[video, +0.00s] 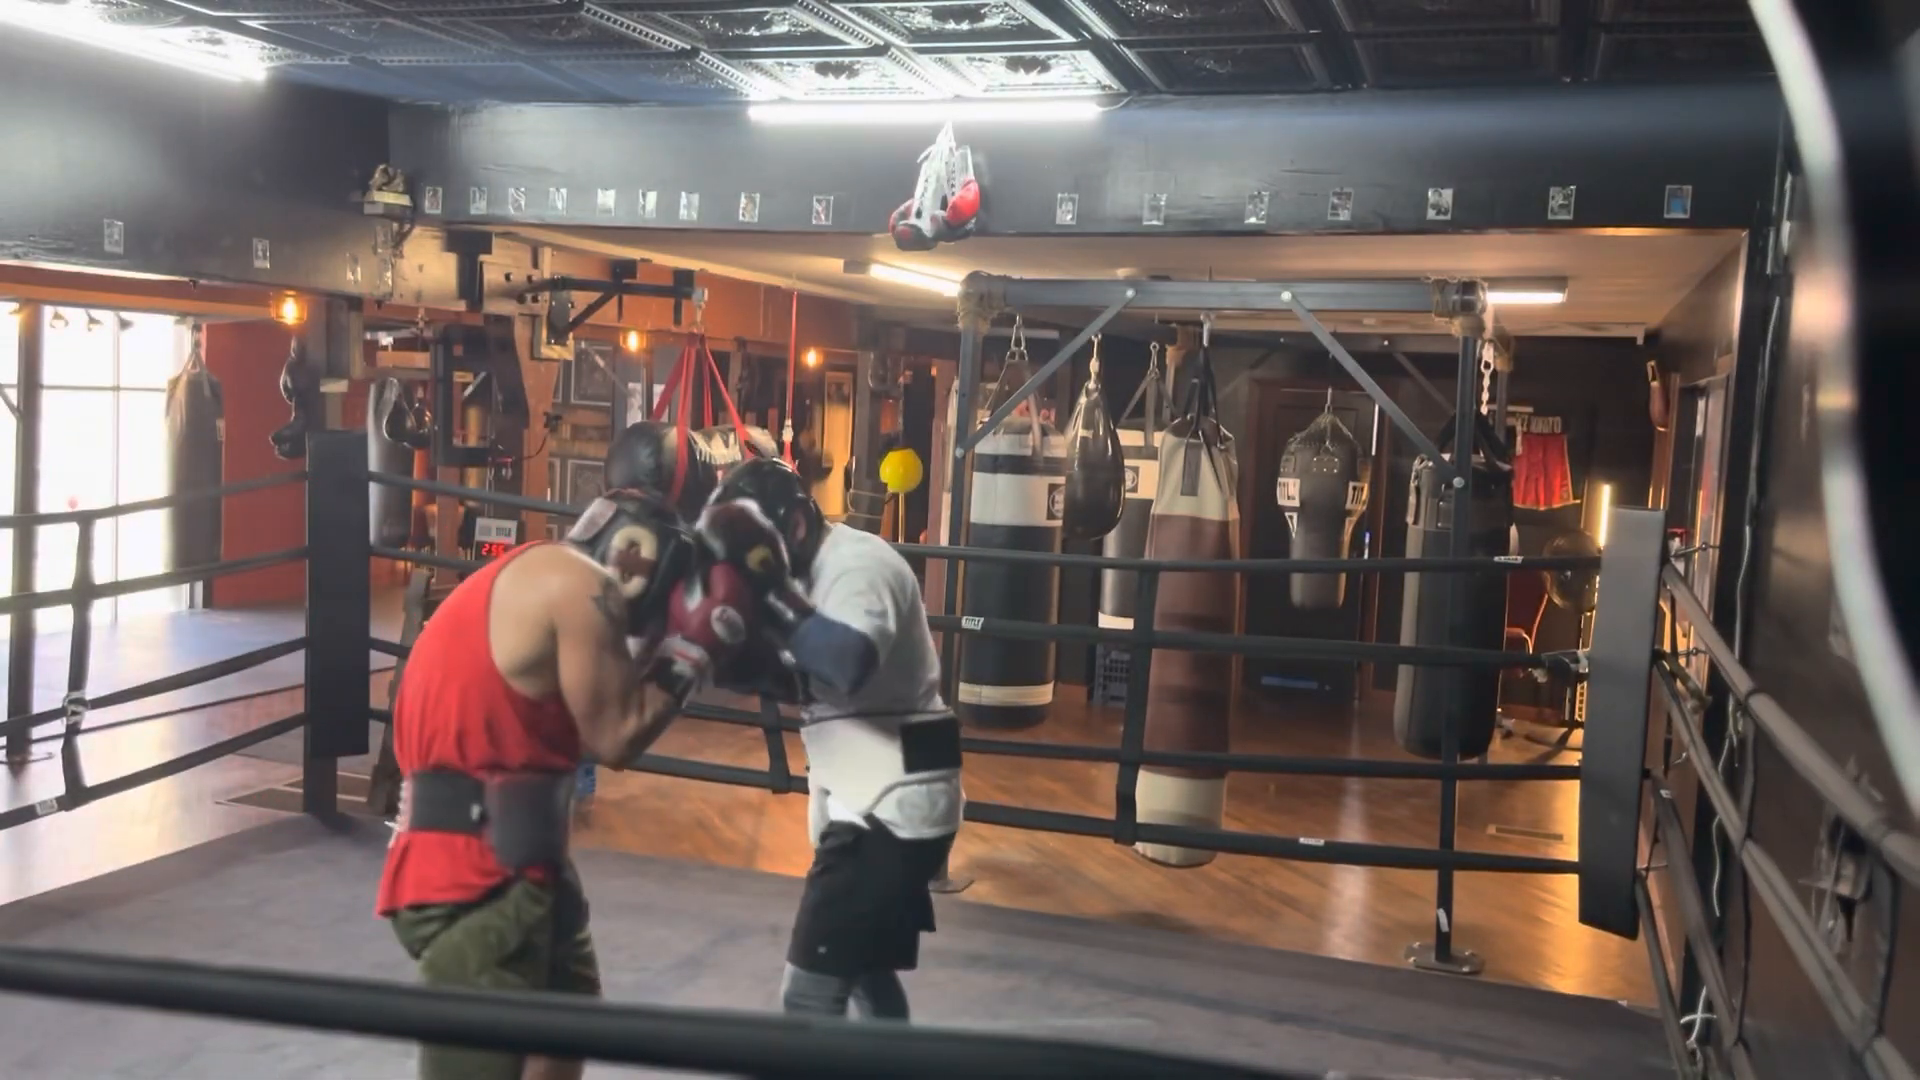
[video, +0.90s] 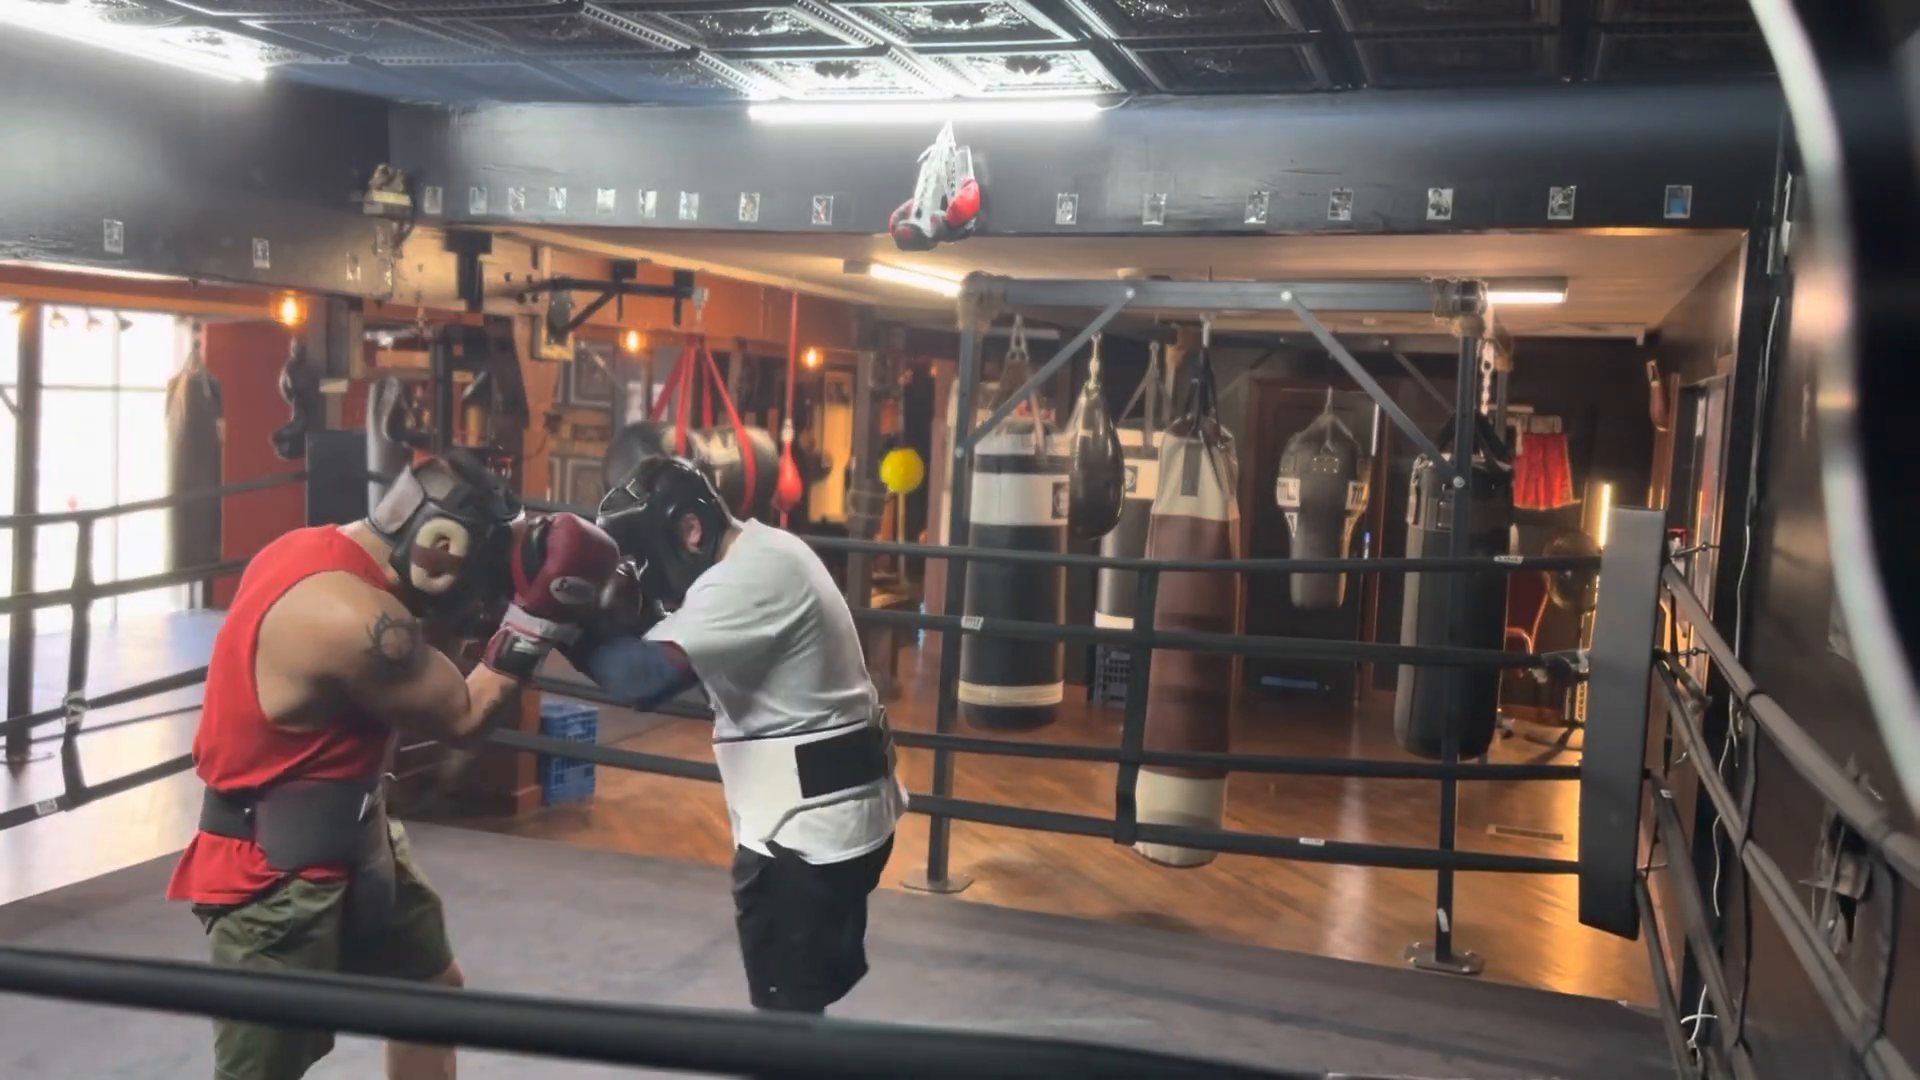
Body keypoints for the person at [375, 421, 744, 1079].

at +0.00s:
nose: (660, 582)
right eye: (664, 564)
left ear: (612, 527)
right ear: (637, 548)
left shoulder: (544, 573)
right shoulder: (572, 583)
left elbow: (606, 723)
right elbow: (615, 740)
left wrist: (669, 647)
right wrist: (689, 658)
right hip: (479, 877)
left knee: (564, 1040)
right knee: (483, 1063)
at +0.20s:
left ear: (633, 548)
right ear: (638, 554)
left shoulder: (575, 580)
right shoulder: (550, 573)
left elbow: (610, 734)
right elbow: (587, 728)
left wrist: (672, 650)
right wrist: (670, 651)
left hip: (495, 839)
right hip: (426, 843)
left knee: (547, 1033)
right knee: (440, 1051)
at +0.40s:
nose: (589, 592)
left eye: (597, 577)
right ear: (559, 556)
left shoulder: (502, 581)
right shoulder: (467, 592)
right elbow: (535, 732)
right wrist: (618, 642)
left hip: (450, 850)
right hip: (373, 861)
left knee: (512, 1024)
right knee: (361, 1062)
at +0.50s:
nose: (516, 578)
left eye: (531, 568)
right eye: (507, 555)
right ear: (481, 540)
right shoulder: (418, 615)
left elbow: (486, 708)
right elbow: (496, 743)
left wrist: (544, 628)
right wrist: (571, 647)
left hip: (407, 865)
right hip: (333, 890)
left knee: (482, 1023)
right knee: (317, 1066)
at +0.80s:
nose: (455, 574)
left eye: (472, 567)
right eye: (449, 549)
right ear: (425, 527)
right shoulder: (348, 620)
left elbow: (427, 678)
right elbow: (450, 727)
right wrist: (519, 630)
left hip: (360, 843)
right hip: (272, 866)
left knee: (415, 1027)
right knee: (264, 1065)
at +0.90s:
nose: (460, 577)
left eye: (470, 562)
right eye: (452, 554)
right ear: (425, 542)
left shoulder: (313, 552)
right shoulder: (356, 623)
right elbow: (462, 716)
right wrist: (531, 624)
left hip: (355, 843)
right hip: (277, 874)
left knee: (432, 997)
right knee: (263, 1065)